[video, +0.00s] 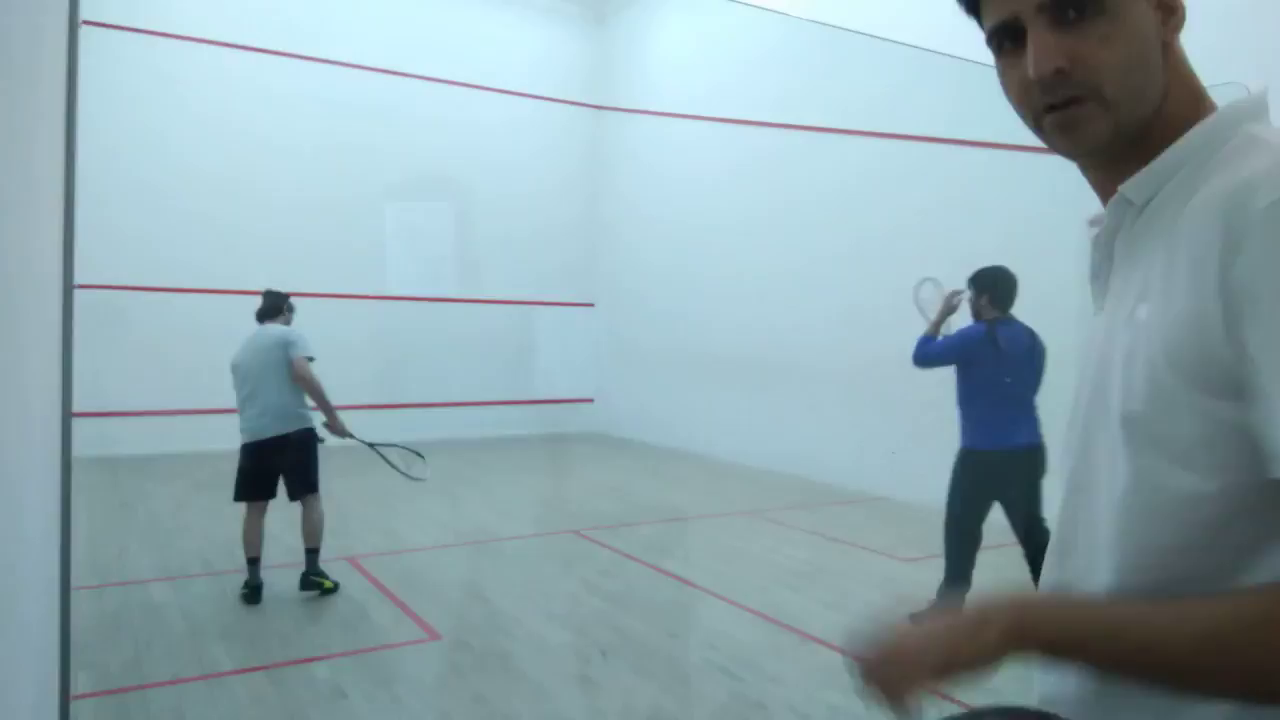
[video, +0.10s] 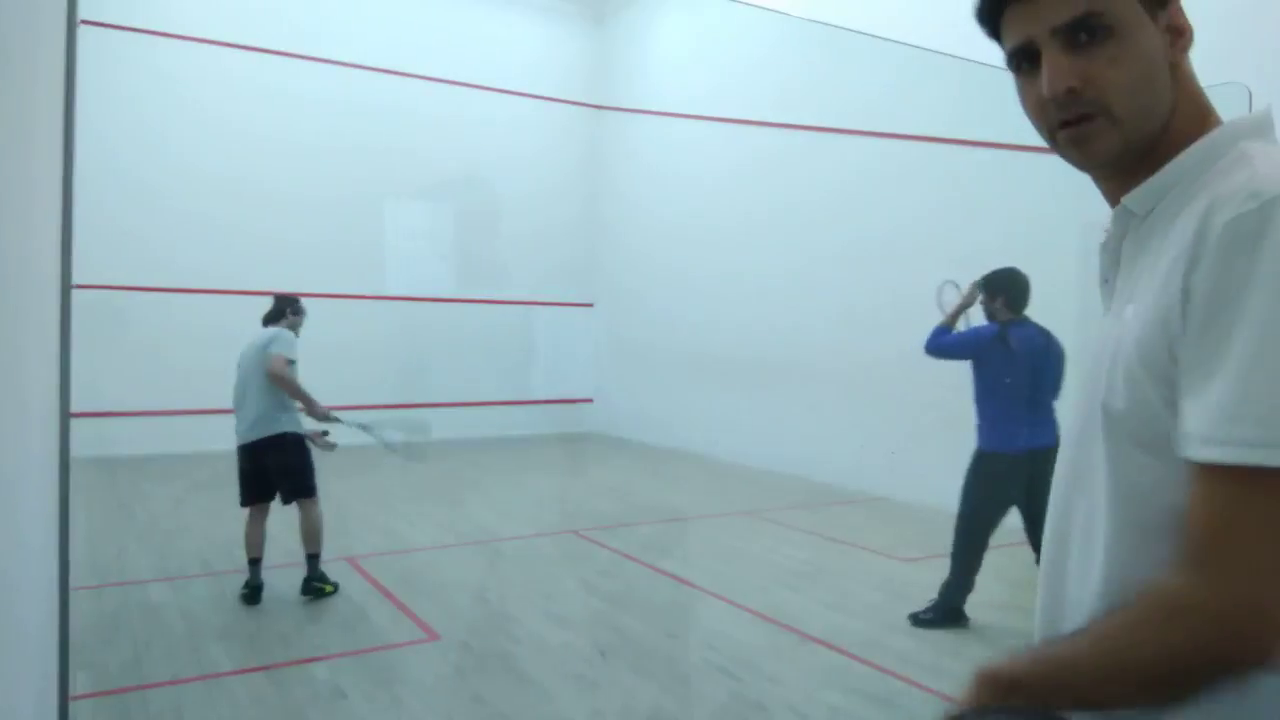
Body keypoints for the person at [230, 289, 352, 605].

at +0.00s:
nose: (292, 320)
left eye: (292, 316)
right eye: (291, 316)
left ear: (260, 314)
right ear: (285, 313)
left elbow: (246, 401)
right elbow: (302, 373)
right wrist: (331, 416)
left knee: (255, 507)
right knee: (310, 501)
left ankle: (253, 582)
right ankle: (312, 570)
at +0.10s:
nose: (300, 327)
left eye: (301, 321)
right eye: (299, 320)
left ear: (273, 317)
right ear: (288, 315)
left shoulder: (249, 350)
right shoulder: (283, 335)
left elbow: (260, 407)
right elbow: (278, 371)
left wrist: (305, 433)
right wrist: (313, 406)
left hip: (250, 443)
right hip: (282, 437)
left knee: (257, 509)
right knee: (308, 503)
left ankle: (254, 582)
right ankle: (314, 575)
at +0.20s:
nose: (325, 336)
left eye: (328, 330)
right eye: (325, 327)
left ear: (309, 323)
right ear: (308, 320)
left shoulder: (283, 352)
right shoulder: (282, 343)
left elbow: (270, 409)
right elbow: (253, 375)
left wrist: (300, 439)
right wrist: (297, 400)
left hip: (243, 438)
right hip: (262, 438)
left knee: (258, 507)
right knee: (287, 506)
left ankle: (250, 581)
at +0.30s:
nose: (335, 355)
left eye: (339, 349)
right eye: (335, 347)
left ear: (318, 341)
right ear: (317, 337)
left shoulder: (294, 369)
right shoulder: (278, 361)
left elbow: (274, 412)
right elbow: (247, 399)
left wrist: (284, 449)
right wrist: (292, 417)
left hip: (247, 441)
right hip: (237, 440)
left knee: (260, 506)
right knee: (268, 507)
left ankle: (239, 572)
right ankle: (261, 583)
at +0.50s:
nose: (327, 403)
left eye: (331, 398)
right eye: (326, 396)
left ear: (311, 385)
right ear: (311, 384)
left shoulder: (294, 403)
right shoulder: (267, 402)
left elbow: (281, 442)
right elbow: (236, 452)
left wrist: (287, 486)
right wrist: (248, 499)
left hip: (238, 449)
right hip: (213, 449)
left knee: (260, 506)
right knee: (264, 508)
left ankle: (238, 574)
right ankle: (261, 583)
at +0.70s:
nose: (338, 390)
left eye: (341, 385)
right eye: (338, 383)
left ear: (322, 377)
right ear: (322, 376)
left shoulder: (299, 408)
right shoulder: (277, 387)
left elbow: (296, 454)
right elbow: (226, 409)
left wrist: (334, 474)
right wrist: (244, 452)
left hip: (228, 448)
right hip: (211, 445)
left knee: (261, 505)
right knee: (261, 504)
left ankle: (240, 574)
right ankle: (261, 584)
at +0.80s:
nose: (331, 347)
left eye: (333, 339)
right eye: (331, 339)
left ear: (312, 334)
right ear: (316, 335)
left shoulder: (288, 366)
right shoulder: (279, 361)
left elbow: (280, 412)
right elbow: (243, 395)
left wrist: (314, 435)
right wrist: (276, 430)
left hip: (239, 438)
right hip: (237, 438)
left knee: (257, 505)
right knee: (269, 505)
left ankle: (240, 573)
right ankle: (265, 582)